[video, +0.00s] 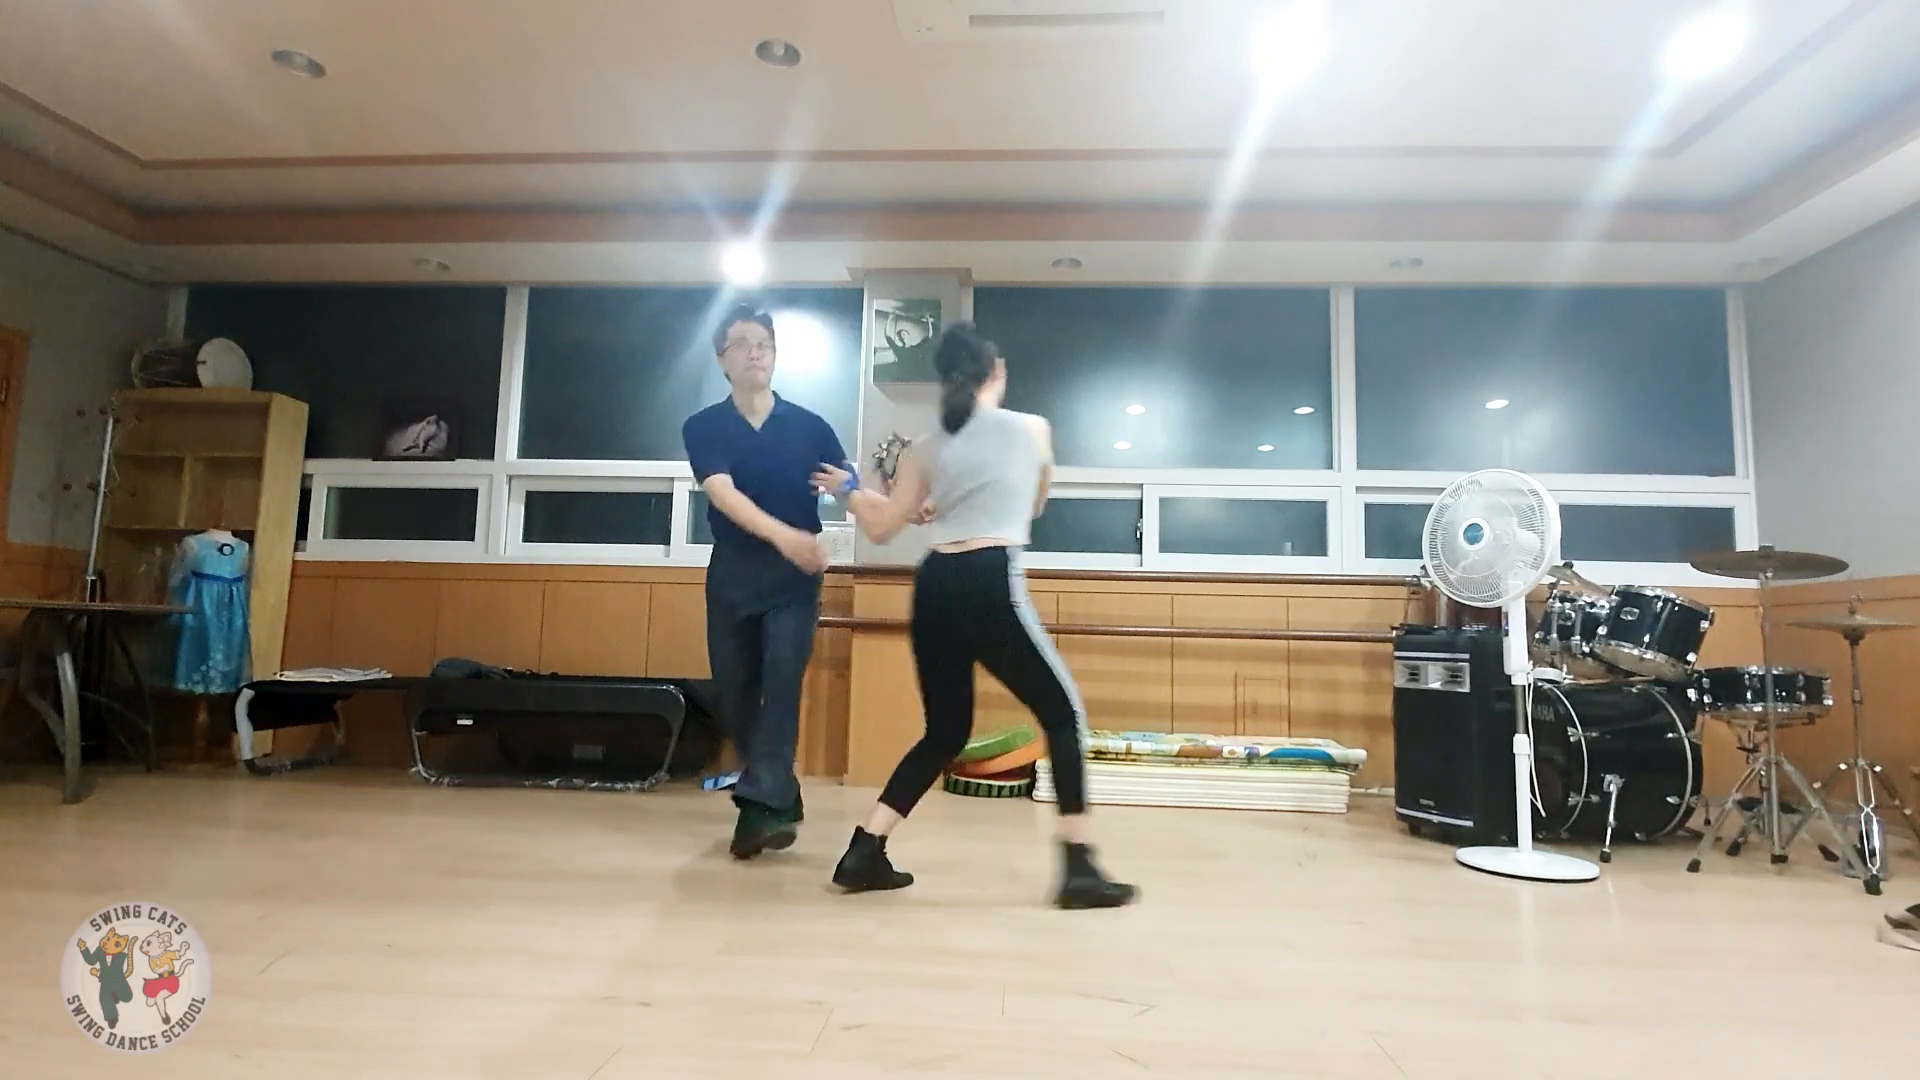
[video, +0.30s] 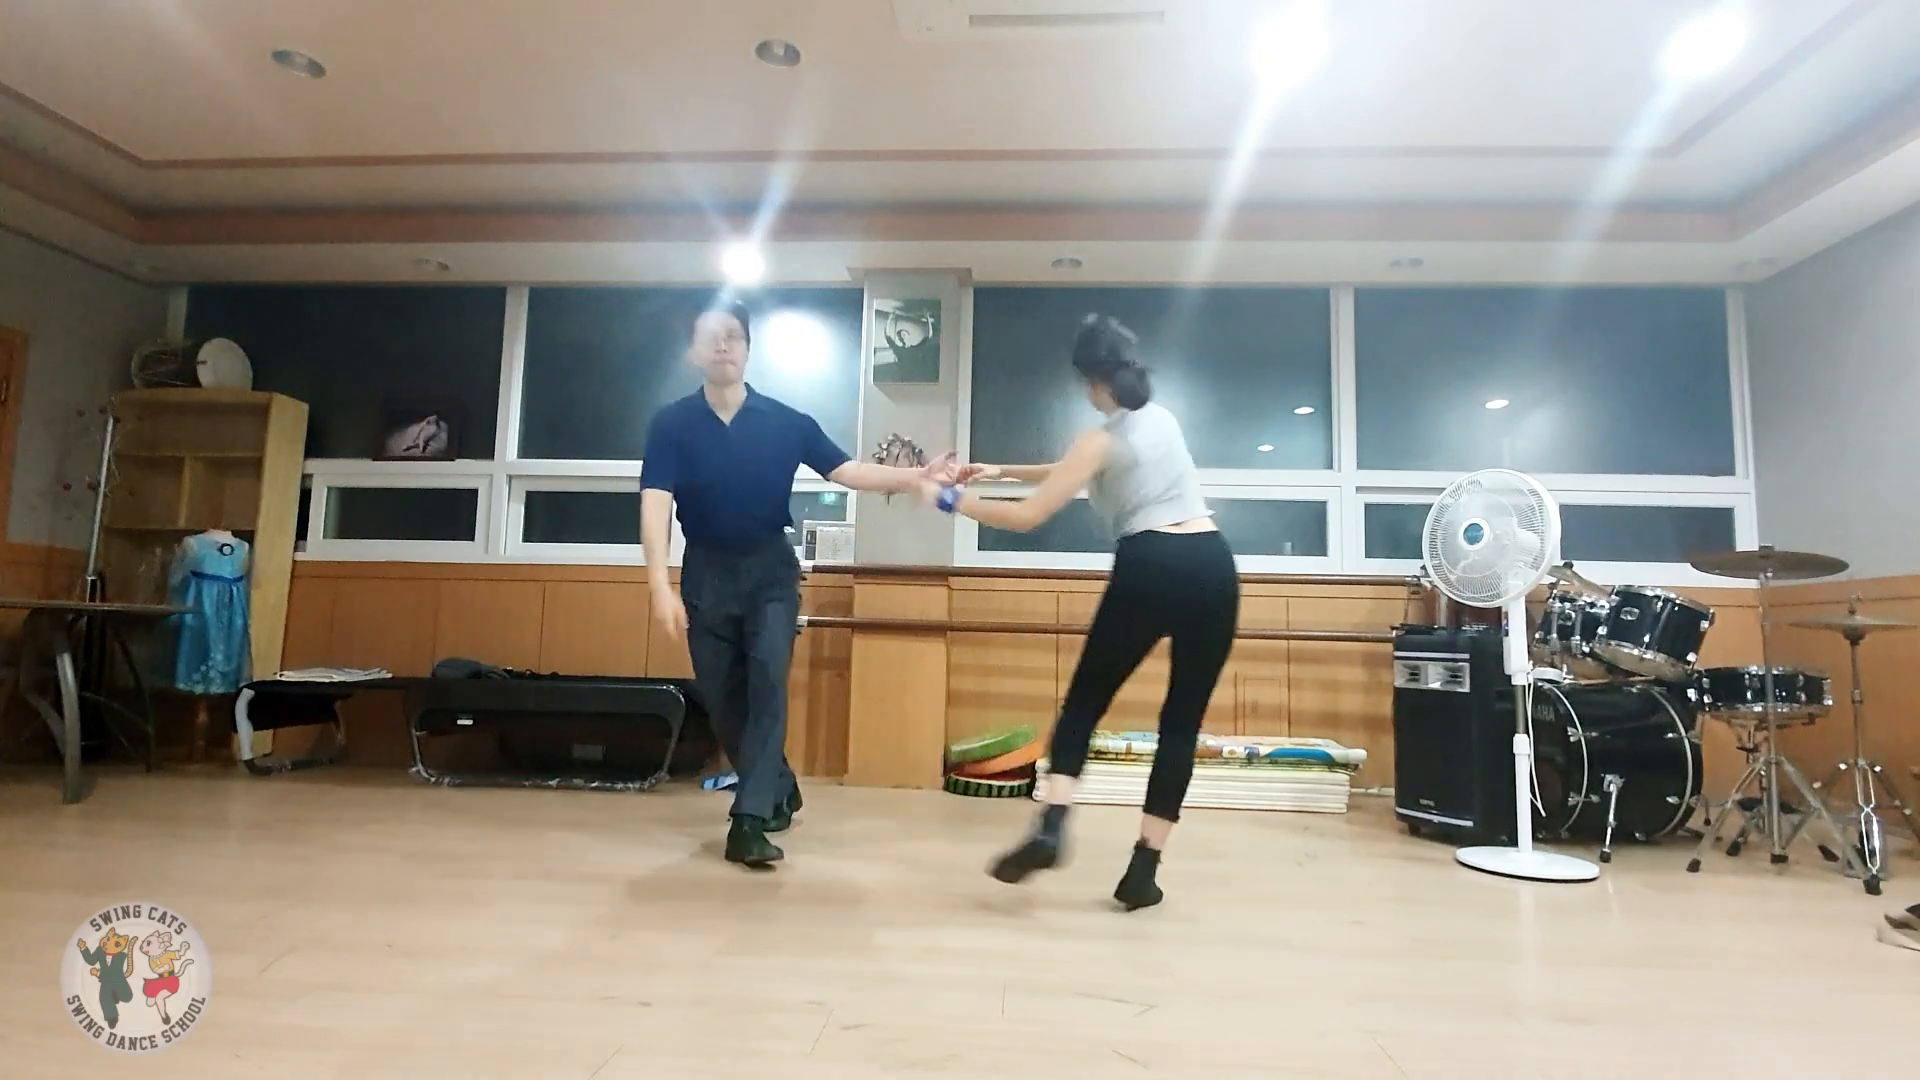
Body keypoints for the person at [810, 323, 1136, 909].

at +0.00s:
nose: (1004, 374)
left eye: (997, 366)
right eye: (1002, 366)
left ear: (946, 376)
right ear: (997, 372)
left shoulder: (930, 446)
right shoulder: (1032, 429)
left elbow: (879, 526)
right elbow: (1032, 502)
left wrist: (849, 488)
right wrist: (940, 502)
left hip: (934, 592)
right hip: (993, 587)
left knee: (945, 731)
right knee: (1062, 716)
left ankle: (864, 851)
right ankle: (1078, 865)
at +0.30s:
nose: (1087, 390)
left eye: (1086, 380)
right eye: (1087, 380)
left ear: (1095, 381)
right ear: (1133, 372)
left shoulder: (1103, 440)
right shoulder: (1164, 420)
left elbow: (1025, 517)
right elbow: (1082, 469)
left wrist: (955, 500)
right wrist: (996, 472)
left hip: (1147, 571)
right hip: (1213, 570)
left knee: (1084, 705)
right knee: (1181, 726)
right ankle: (1142, 872)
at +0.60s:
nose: (1158, 374)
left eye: (1166, 362)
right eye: (1158, 363)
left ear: (1201, 365)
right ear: (1192, 369)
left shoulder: (1251, 433)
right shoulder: (1165, 444)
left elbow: (1315, 515)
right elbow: (1084, 471)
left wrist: (1375, 575)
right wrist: (999, 461)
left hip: (1261, 590)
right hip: (1222, 595)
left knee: (1220, 734)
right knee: (1158, 699)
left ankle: (1277, 875)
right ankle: (1185, 839)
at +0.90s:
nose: (1184, 375)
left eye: (1197, 365)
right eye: (1181, 368)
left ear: (1234, 379)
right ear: (1183, 385)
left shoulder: (1276, 439)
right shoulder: (1171, 460)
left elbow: (1374, 386)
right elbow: (1075, 481)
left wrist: (1452, 316)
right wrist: (983, 472)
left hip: (1239, 611)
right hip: (1176, 597)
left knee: (1184, 728)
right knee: (1154, 722)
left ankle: (1095, 846)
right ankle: (1152, 832)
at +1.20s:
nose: (1143, 368)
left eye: (1155, 360)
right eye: (1144, 360)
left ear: (1191, 370)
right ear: (1159, 376)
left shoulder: (1221, 419)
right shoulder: (1140, 459)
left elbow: (1293, 349)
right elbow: (1055, 483)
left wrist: (1328, 257)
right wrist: (969, 473)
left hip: (1223, 589)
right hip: (1185, 594)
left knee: (1138, 714)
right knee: (1106, 700)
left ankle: (1109, 878)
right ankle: (1146, 826)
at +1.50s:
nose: (1106, 384)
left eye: (1116, 373)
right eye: (1108, 373)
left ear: (1150, 382)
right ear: (1137, 385)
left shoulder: (1175, 435)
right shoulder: (1118, 467)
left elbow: (1233, 436)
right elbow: (1045, 492)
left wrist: (1269, 364)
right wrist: (964, 487)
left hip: (1167, 579)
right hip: (1204, 606)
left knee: (1106, 725)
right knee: (1127, 726)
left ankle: (1114, 897)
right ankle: (1091, 839)